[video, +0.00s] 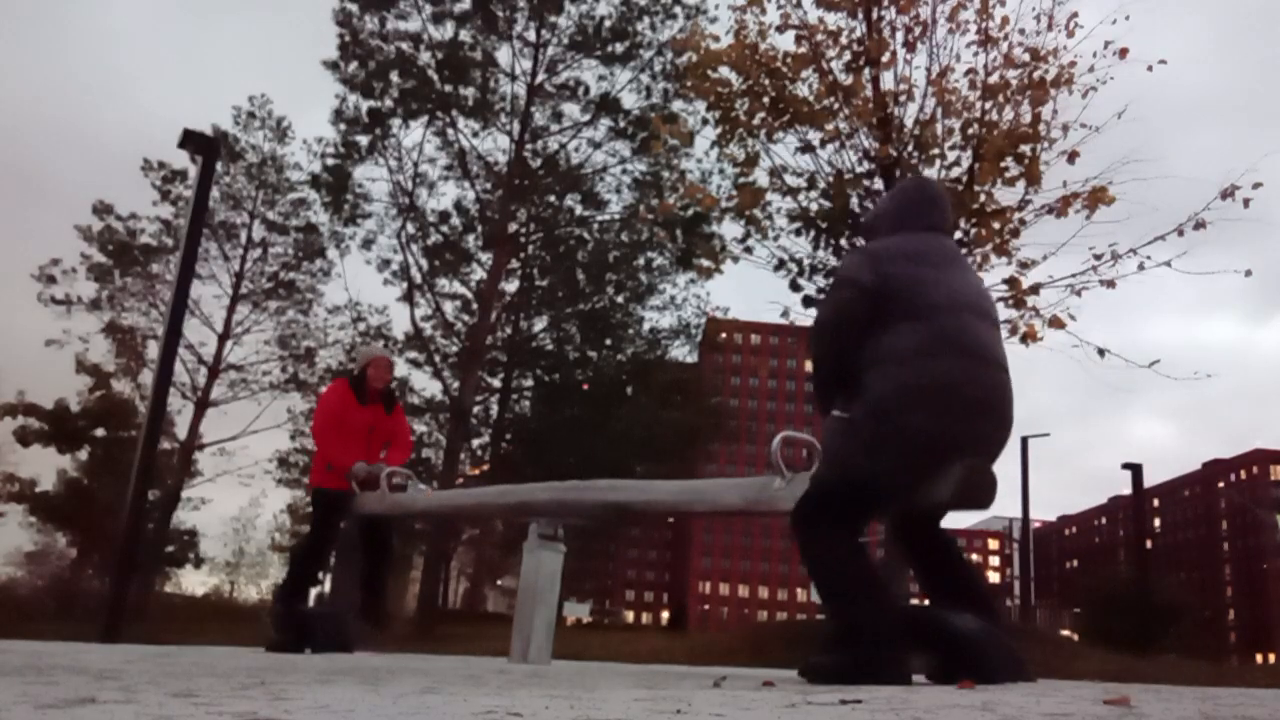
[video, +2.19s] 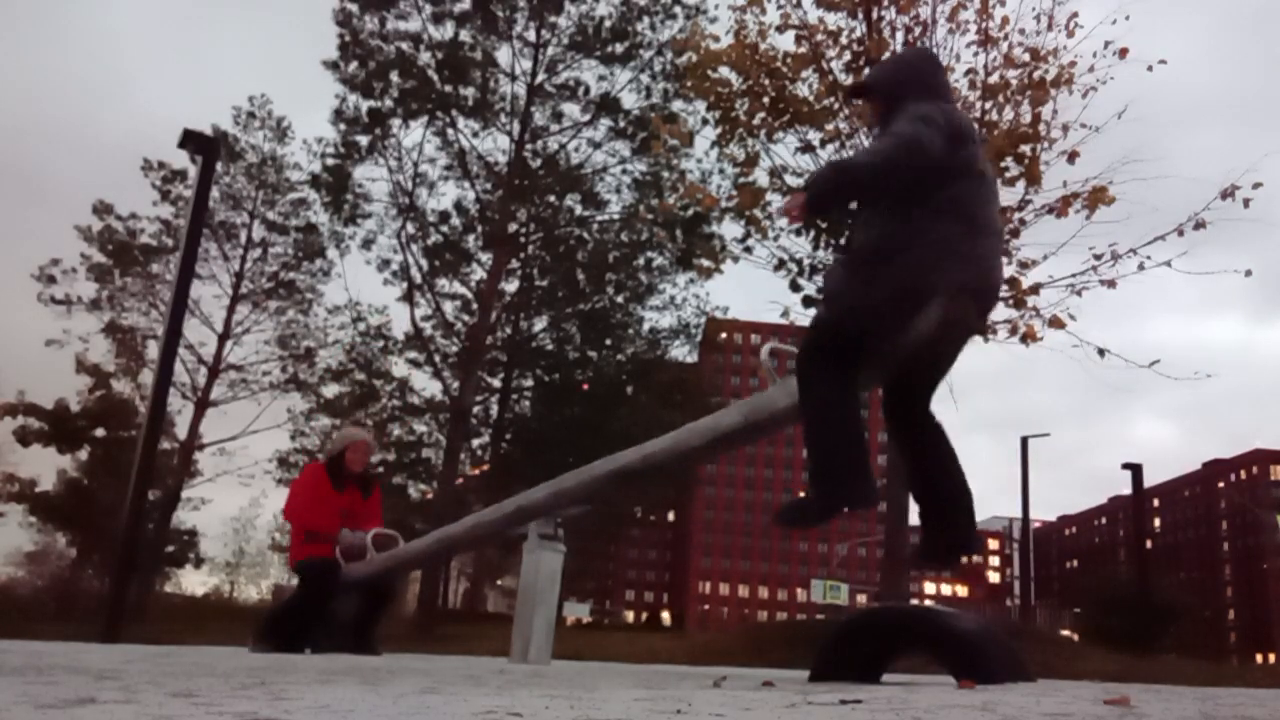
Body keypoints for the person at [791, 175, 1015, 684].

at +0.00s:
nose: (869, 218)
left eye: (877, 209)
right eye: (873, 208)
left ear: (890, 215)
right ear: (936, 221)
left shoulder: (873, 258)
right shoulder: (960, 269)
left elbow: (831, 327)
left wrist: (832, 394)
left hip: (906, 413)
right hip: (985, 416)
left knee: (820, 518)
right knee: (915, 526)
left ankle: (869, 649)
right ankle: (986, 643)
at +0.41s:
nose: (854, 281)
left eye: (860, 274)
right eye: (857, 274)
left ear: (876, 272)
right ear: (922, 273)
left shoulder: (866, 313)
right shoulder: (947, 315)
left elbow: (834, 398)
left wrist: (835, 444)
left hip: (916, 455)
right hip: (994, 461)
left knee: (802, 538)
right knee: (934, 566)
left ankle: (867, 650)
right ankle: (990, 659)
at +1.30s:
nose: (841, 247)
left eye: (844, 239)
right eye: (843, 241)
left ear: (858, 231)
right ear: (907, 225)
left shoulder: (858, 265)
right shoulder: (934, 263)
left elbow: (836, 345)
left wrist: (840, 393)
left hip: (912, 397)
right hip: (989, 397)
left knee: (824, 505)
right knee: (923, 510)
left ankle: (858, 644)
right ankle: (980, 639)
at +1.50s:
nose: (849, 182)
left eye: (851, 173)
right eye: (852, 175)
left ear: (866, 161)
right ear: (913, 158)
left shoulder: (867, 189)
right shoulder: (946, 194)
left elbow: (846, 265)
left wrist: (833, 322)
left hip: (912, 322)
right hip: (985, 328)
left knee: (834, 442)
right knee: (917, 451)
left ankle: (856, 612)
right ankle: (968, 599)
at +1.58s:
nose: (852, 168)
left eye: (856, 159)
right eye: (853, 161)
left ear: (870, 147)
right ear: (918, 139)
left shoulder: (873, 174)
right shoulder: (946, 178)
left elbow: (844, 257)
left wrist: (834, 314)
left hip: (914, 310)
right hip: (985, 318)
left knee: (828, 412)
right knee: (911, 426)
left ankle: (857, 546)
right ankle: (959, 558)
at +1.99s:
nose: (869, 118)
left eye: (873, 107)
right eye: (869, 110)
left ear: (893, 93)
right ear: (930, 88)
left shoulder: (899, 120)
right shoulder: (966, 135)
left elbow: (851, 197)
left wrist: (810, 259)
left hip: (897, 271)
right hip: (965, 282)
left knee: (828, 360)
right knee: (909, 386)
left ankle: (840, 492)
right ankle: (940, 520)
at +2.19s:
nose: (867, 110)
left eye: (873, 98)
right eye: (866, 99)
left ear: (899, 91)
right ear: (926, 89)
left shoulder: (926, 118)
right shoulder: (956, 132)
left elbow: (888, 163)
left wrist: (816, 193)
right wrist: (832, 203)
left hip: (910, 277)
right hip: (964, 287)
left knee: (822, 356)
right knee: (906, 399)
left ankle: (839, 482)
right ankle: (950, 532)